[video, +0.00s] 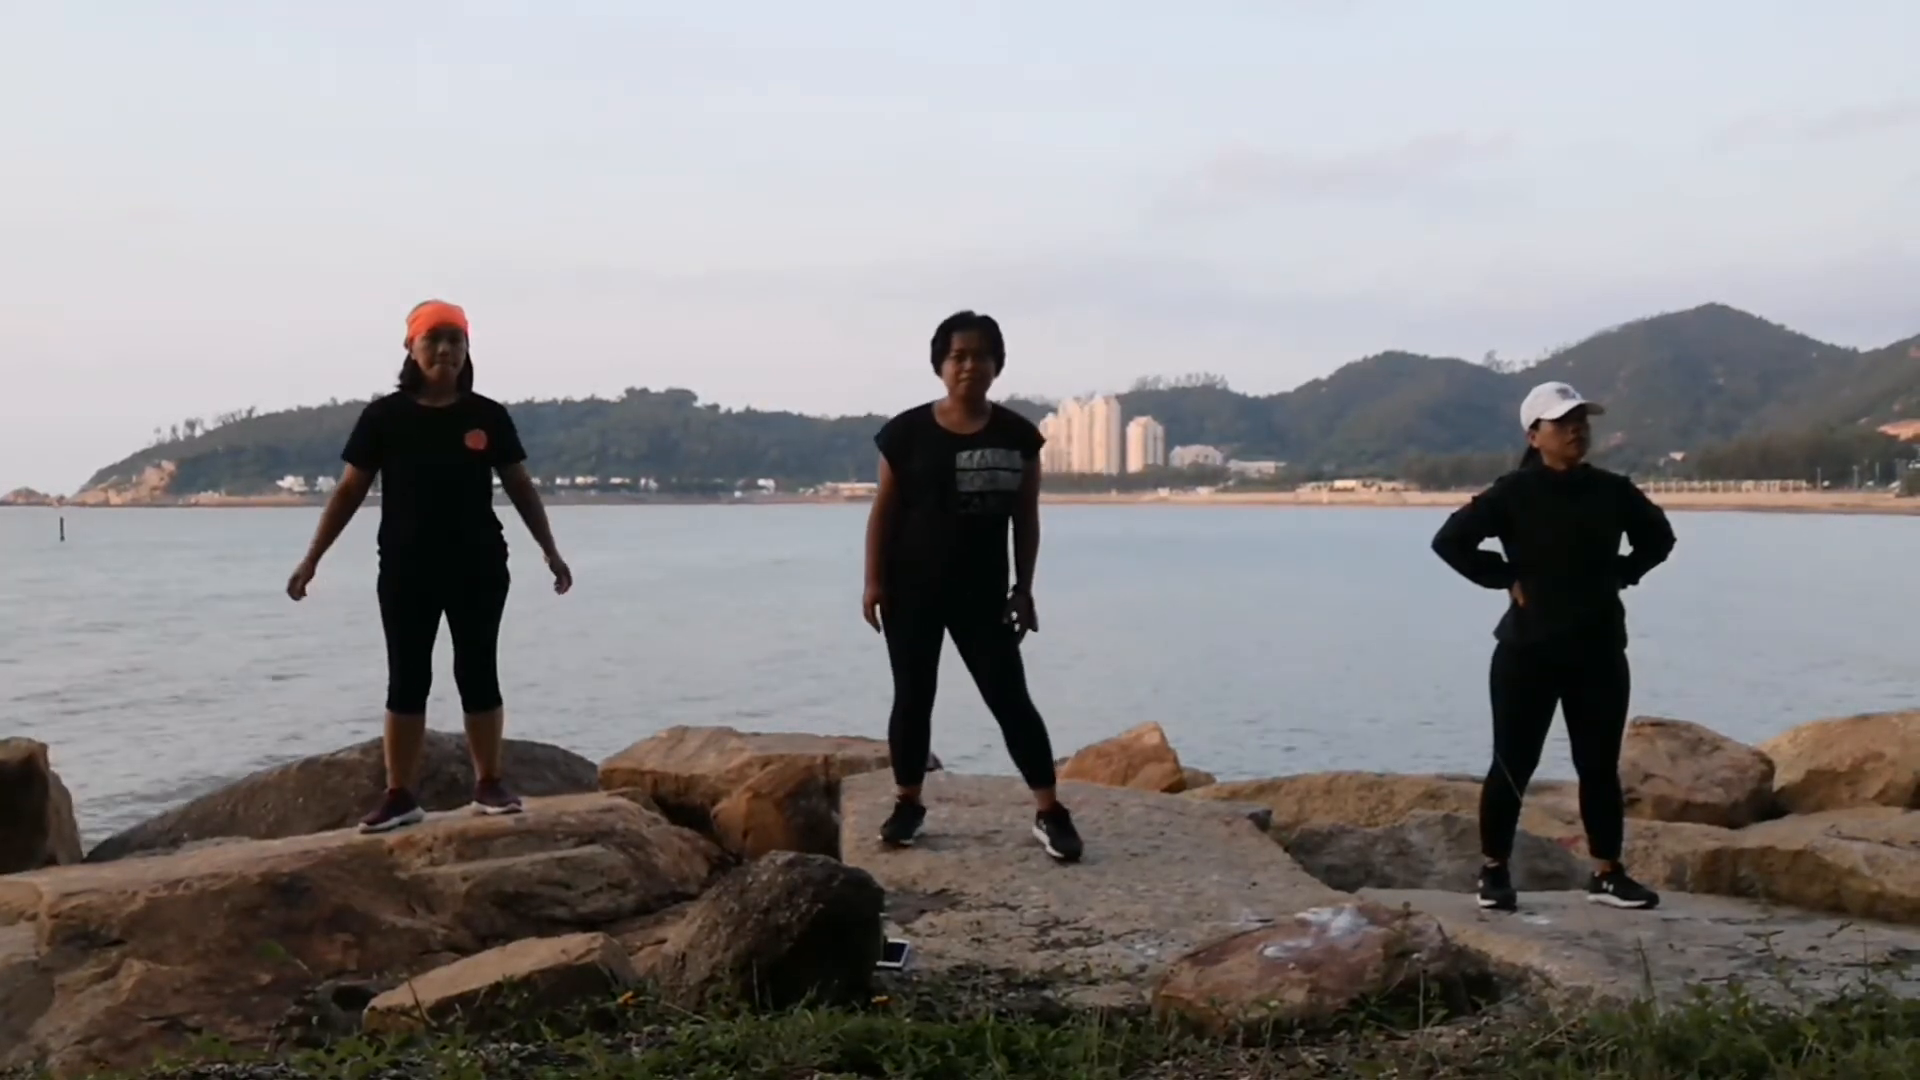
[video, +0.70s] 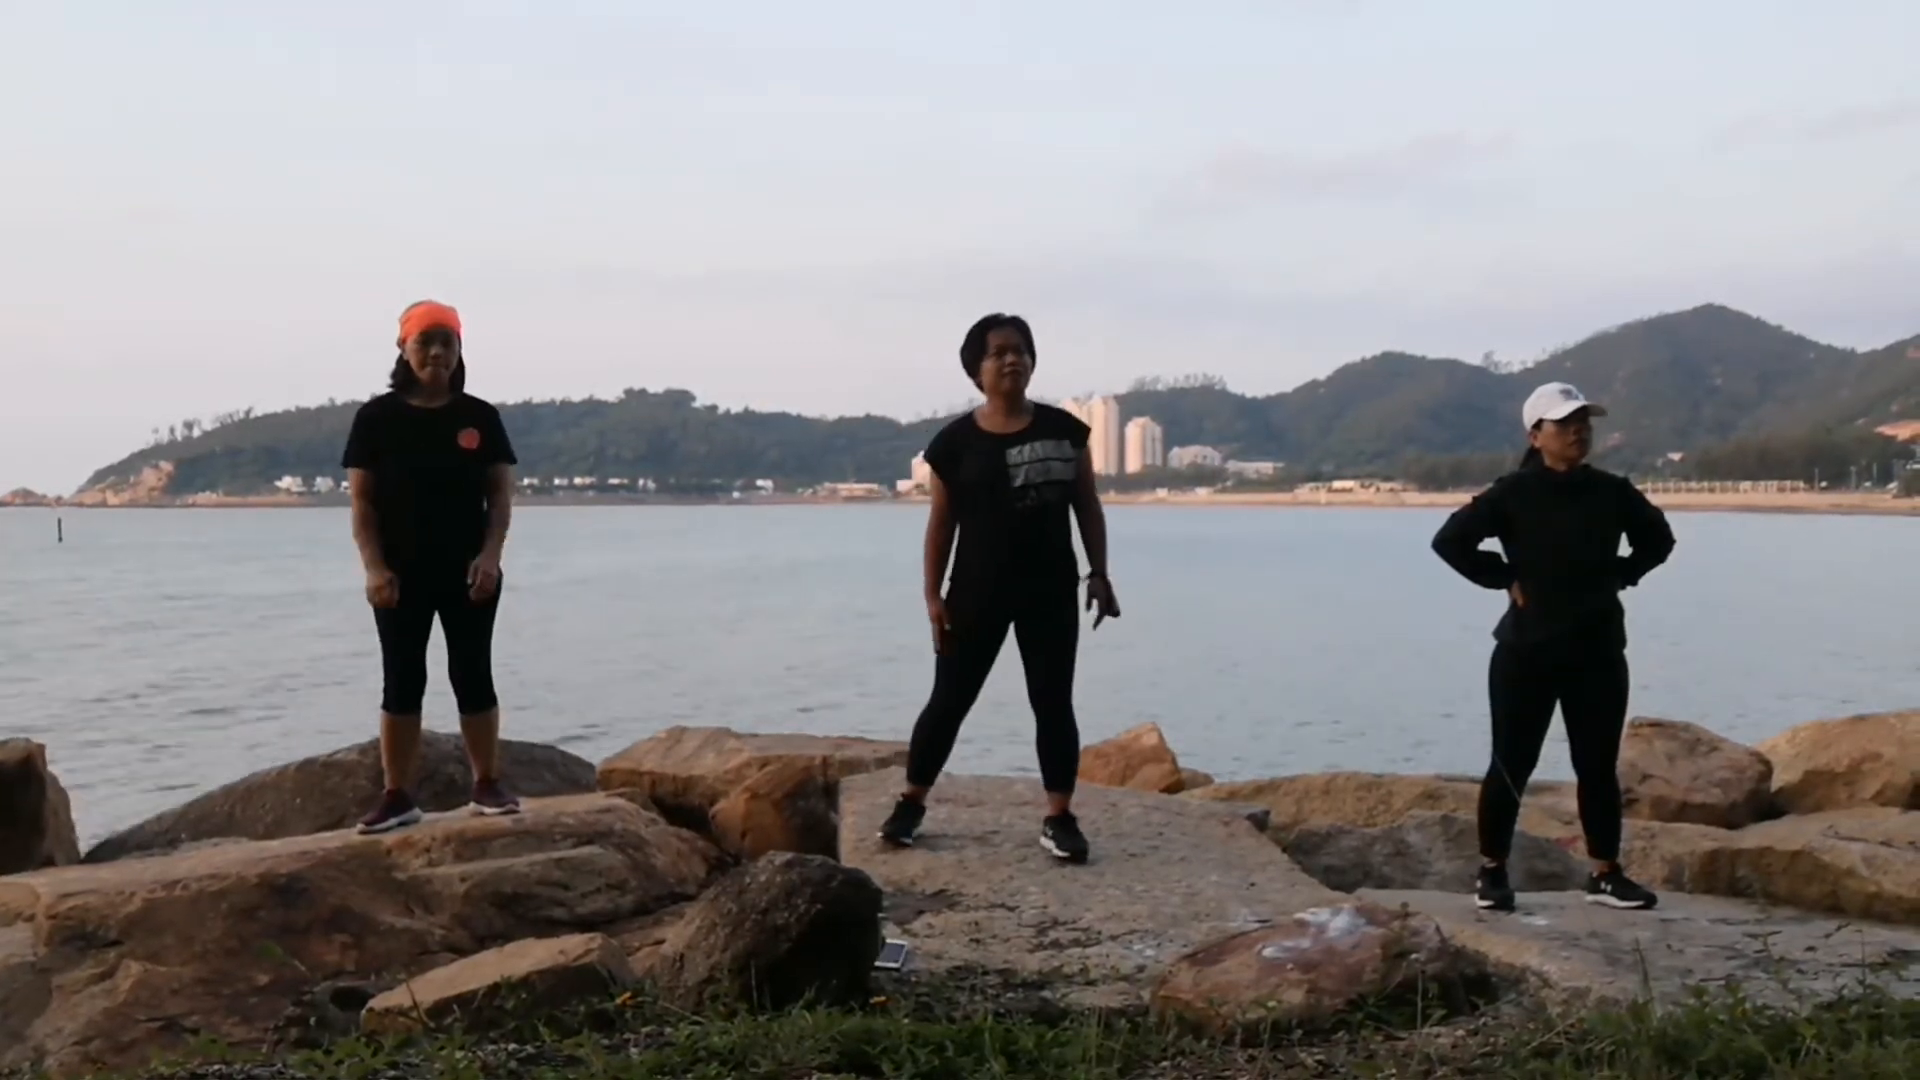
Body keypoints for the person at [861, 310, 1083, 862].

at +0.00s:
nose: (968, 367)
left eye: (980, 358)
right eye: (957, 357)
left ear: (996, 367)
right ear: (941, 364)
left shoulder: (1018, 436)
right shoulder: (906, 432)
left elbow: (1026, 519)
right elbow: (883, 511)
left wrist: (1024, 588)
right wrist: (873, 581)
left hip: (981, 594)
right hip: (912, 592)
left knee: (1013, 703)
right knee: (911, 700)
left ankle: (1049, 810)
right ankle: (907, 805)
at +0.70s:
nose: (1011, 360)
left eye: (1019, 351)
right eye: (999, 353)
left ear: (1032, 362)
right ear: (976, 368)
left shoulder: (1064, 431)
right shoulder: (953, 443)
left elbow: (1088, 507)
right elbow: (940, 526)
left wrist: (1099, 572)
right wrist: (932, 596)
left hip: (1050, 592)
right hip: (980, 593)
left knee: (1054, 705)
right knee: (947, 703)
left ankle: (1059, 816)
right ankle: (912, 802)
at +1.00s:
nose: (1038, 359)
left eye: (1047, 351)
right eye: (1025, 352)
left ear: (1061, 364)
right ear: (1004, 365)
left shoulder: (1095, 433)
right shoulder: (980, 440)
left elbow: (1110, 515)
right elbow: (966, 524)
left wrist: (1106, 581)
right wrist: (966, 593)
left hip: (1071, 593)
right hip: (1001, 594)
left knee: (1066, 707)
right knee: (963, 701)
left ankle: (1060, 816)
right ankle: (918, 802)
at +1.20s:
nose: (1044, 361)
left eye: (1055, 352)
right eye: (1032, 352)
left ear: (1067, 363)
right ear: (1011, 364)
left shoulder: (1098, 434)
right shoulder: (983, 436)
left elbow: (1111, 512)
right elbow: (966, 517)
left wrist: (1109, 581)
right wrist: (958, 588)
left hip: (1067, 594)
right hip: (997, 594)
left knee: (1064, 708)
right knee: (956, 698)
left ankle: (1059, 817)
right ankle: (913, 801)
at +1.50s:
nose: (1026, 362)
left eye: (1036, 353)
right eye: (1015, 353)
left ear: (1050, 364)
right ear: (993, 363)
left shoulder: (1072, 437)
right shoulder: (959, 434)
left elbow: (1085, 519)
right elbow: (938, 517)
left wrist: (1083, 587)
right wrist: (930, 588)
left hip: (1041, 595)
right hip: (971, 593)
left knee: (1047, 708)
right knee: (946, 703)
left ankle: (1056, 816)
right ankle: (922, 811)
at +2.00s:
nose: (974, 366)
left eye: (985, 357)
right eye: (963, 355)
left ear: (996, 366)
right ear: (939, 362)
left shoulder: (1017, 433)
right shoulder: (907, 435)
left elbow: (1028, 517)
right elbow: (887, 515)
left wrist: (1031, 586)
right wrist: (876, 585)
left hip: (994, 593)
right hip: (924, 594)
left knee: (1025, 705)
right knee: (925, 707)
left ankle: (1050, 812)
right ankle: (919, 811)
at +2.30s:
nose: (989, 368)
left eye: (997, 358)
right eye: (976, 359)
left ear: (1008, 364)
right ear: (952, 367)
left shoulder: (1040, 432)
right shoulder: (928, 441)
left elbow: (1056, 511)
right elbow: (910, 519)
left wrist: (1062, 581)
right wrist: (899, 585)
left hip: (1018, 593)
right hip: (947, 595)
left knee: (1032, 707)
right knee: (937, 706)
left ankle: (1050, 813)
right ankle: (919, 810)